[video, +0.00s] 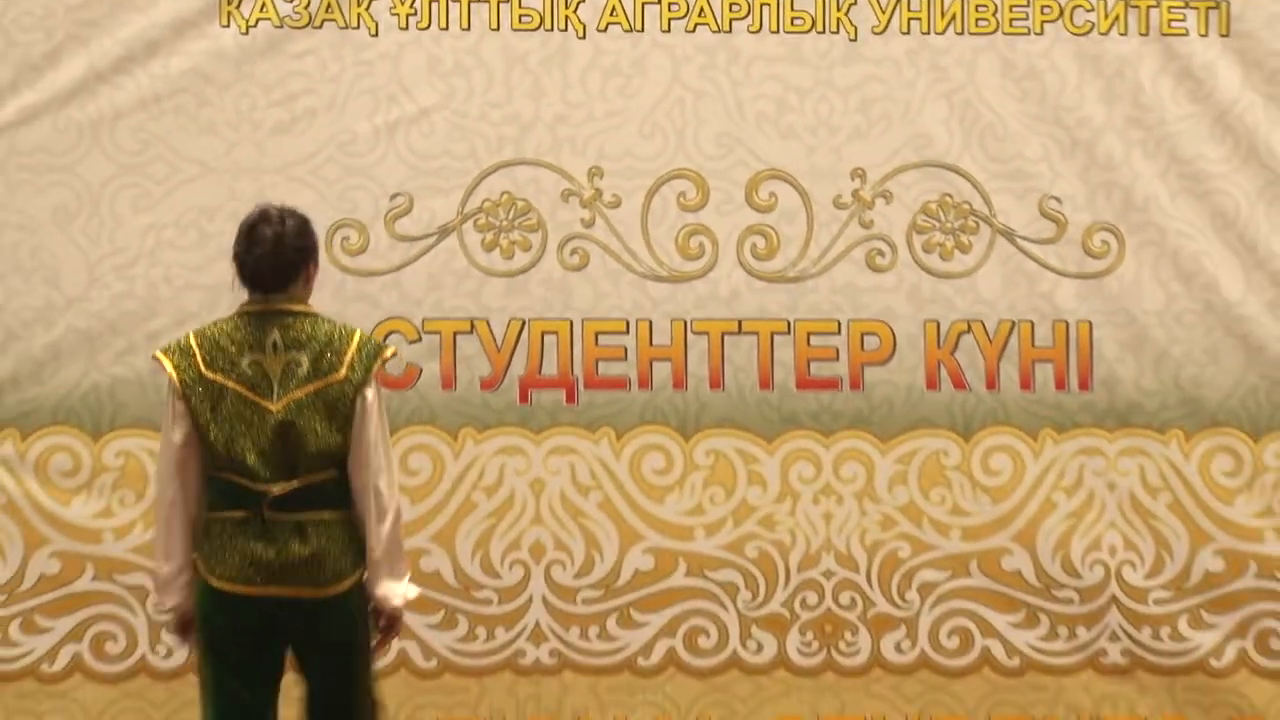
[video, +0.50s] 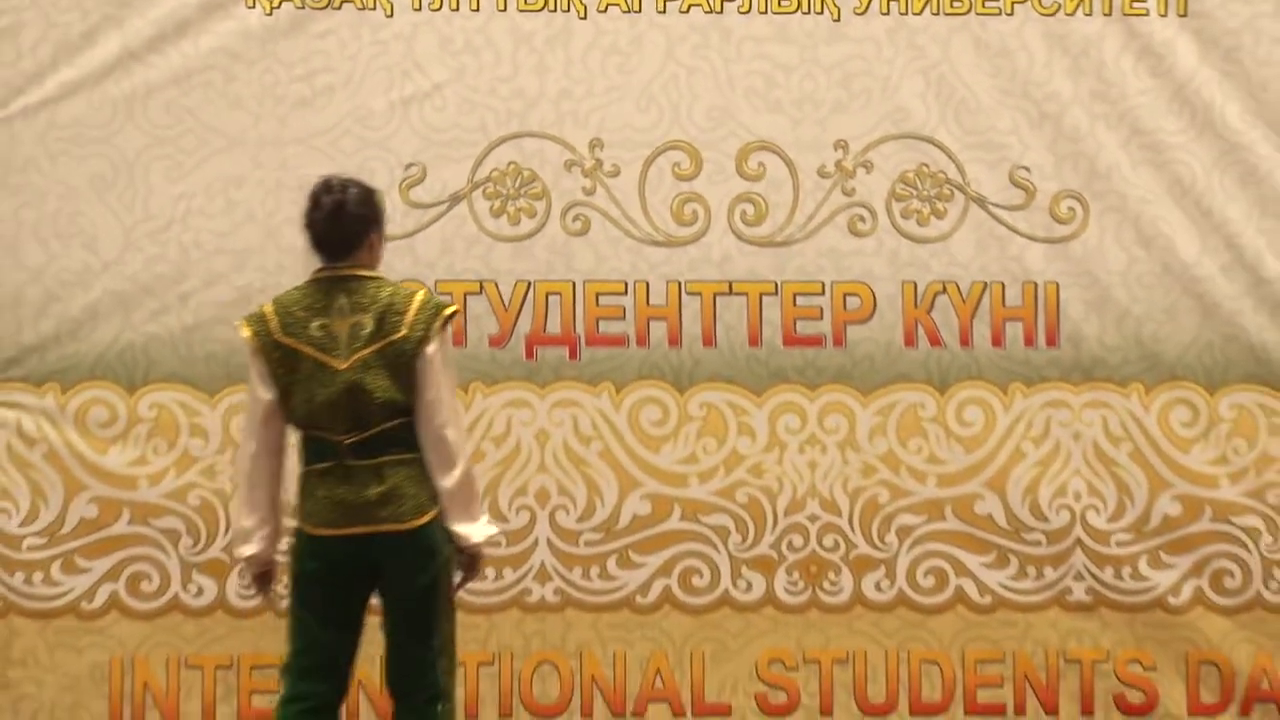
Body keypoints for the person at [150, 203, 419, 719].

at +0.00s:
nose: (317, 271)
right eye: (316, 262)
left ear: (240, 270)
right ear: (311, 270)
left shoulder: (192, 357)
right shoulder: (351, 353)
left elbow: (177, 486)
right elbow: (372, 480)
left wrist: (175, 594)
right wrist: (388, 585)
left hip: (231, 598)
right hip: (331, 597)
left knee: (235, 713)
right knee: (344, 711)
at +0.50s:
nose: (383, 240)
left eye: (378, 231)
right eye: (381, 231)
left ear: (313, 239)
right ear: (373, 237)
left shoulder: (274, 323)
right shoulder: (413, 310)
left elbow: (264, 445)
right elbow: (440, 430)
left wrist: (258, 544)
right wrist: (468, 528)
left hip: (327, 539)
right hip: (411, 533)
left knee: (310, 691)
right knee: (422, 694)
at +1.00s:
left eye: (375, 201)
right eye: (426, 200)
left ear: (370, 207)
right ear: (432, 206)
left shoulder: (344, 278)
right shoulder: (473, 279)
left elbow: (326, 388)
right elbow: (482, 388)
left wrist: (313, 481)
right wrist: (484, 476)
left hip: (363, 485)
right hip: (446, 487)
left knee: (326, 608)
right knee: (439, 628)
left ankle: (336, 714)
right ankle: (435, 717)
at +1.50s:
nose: (363, 190)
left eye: (350, 180)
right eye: (390, 183)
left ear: (346, 185)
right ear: (405, 188)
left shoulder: (314, 252)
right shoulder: (433, 259)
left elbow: (292, 352)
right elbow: (444, 362)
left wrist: (277, 438)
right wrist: (449, 445)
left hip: (322, 444)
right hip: (399, 448)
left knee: (306, 584)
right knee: (412, 584)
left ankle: (300, 718)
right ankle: (430, 714)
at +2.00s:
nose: (369, 179)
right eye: (370, 171)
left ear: (314, 173)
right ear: (368, 174)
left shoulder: (276, 240)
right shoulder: (394, 240)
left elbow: (265, 338)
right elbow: (411, 337)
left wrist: (259, 417)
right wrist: (420, 416)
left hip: (304, 421)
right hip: (377, 421)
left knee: (307, 544)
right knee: (386, 534)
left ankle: (311, 667)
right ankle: (377, 659)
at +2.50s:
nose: (394, 182)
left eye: (382, 175)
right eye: (394, 175)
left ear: (340, 181)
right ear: (390, 180)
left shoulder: (310, 243)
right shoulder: (418, 236)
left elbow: (300, 336)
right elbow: (435, 329)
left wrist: (296, 410)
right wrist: (455, 403)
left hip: (345, 410)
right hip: (412, 408)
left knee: (336, 528)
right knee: (419, 532)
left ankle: (317, 648)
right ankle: (416, 652)